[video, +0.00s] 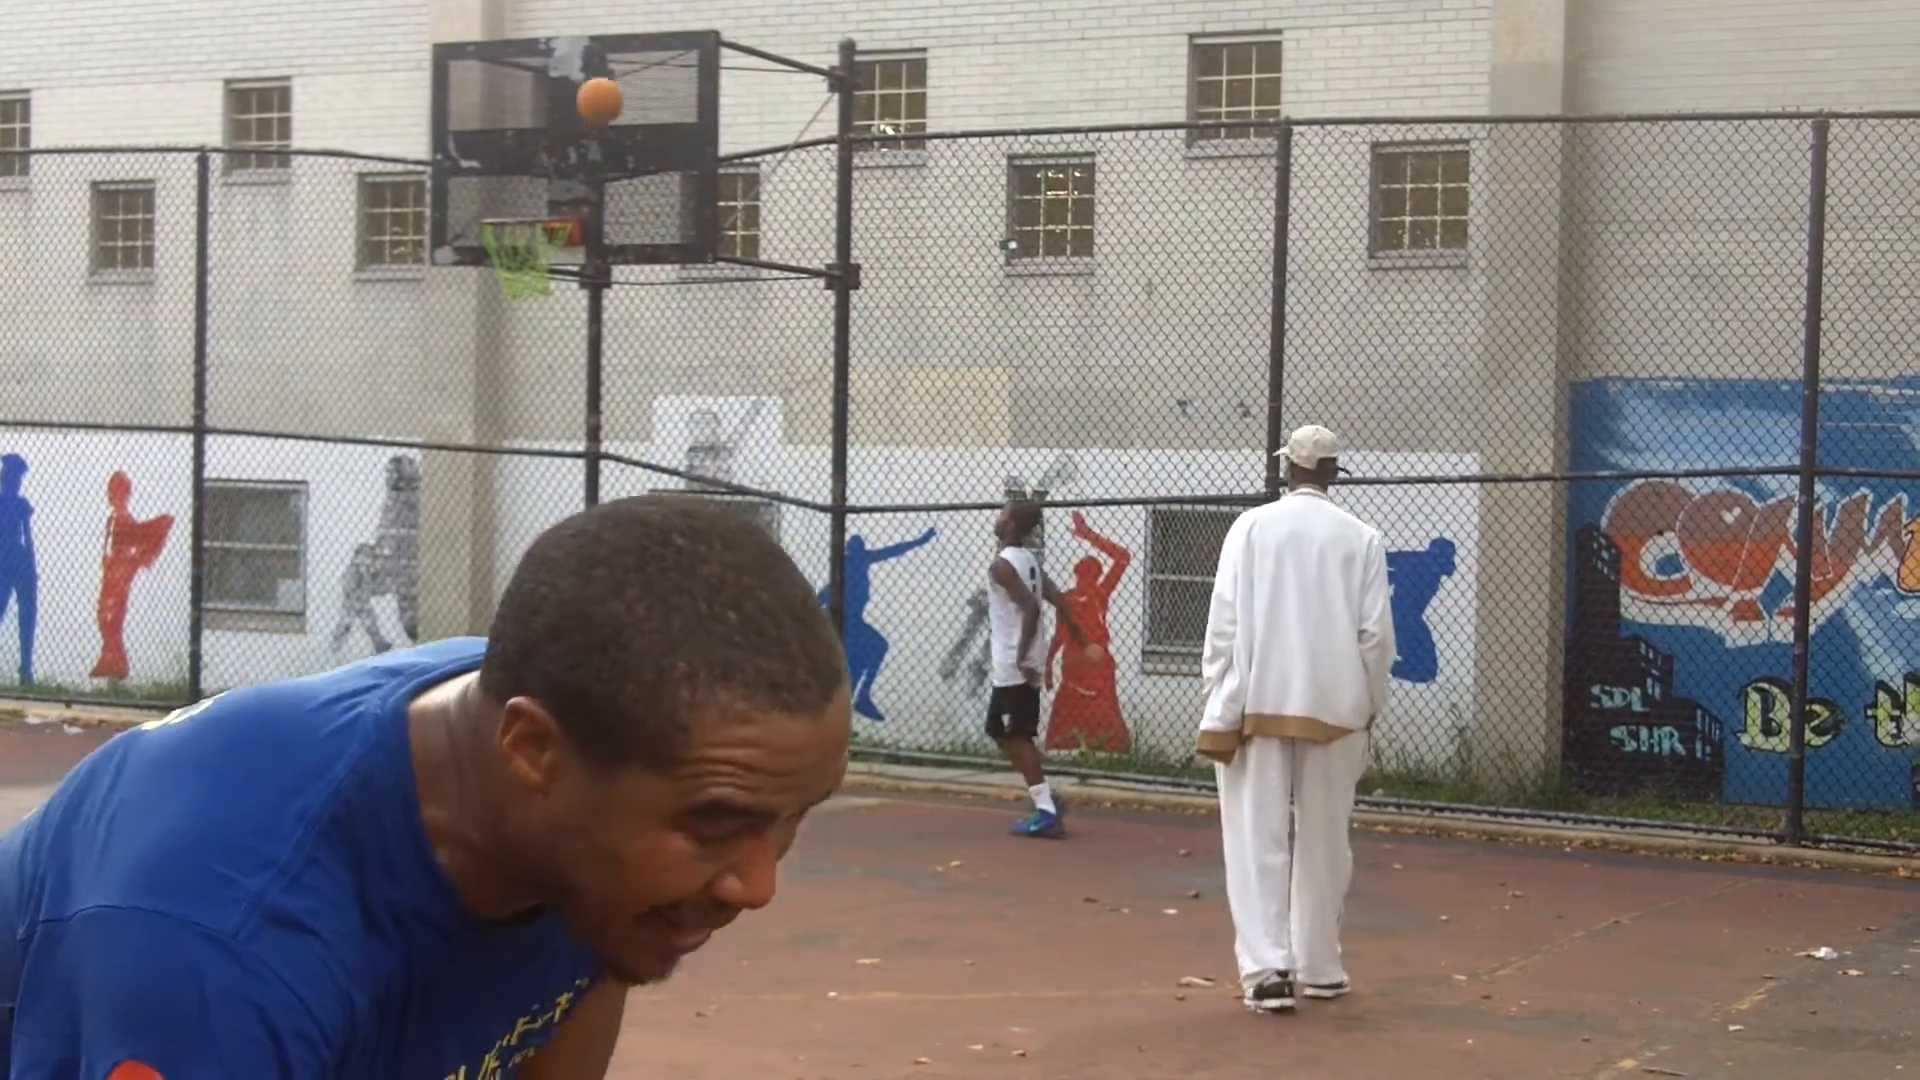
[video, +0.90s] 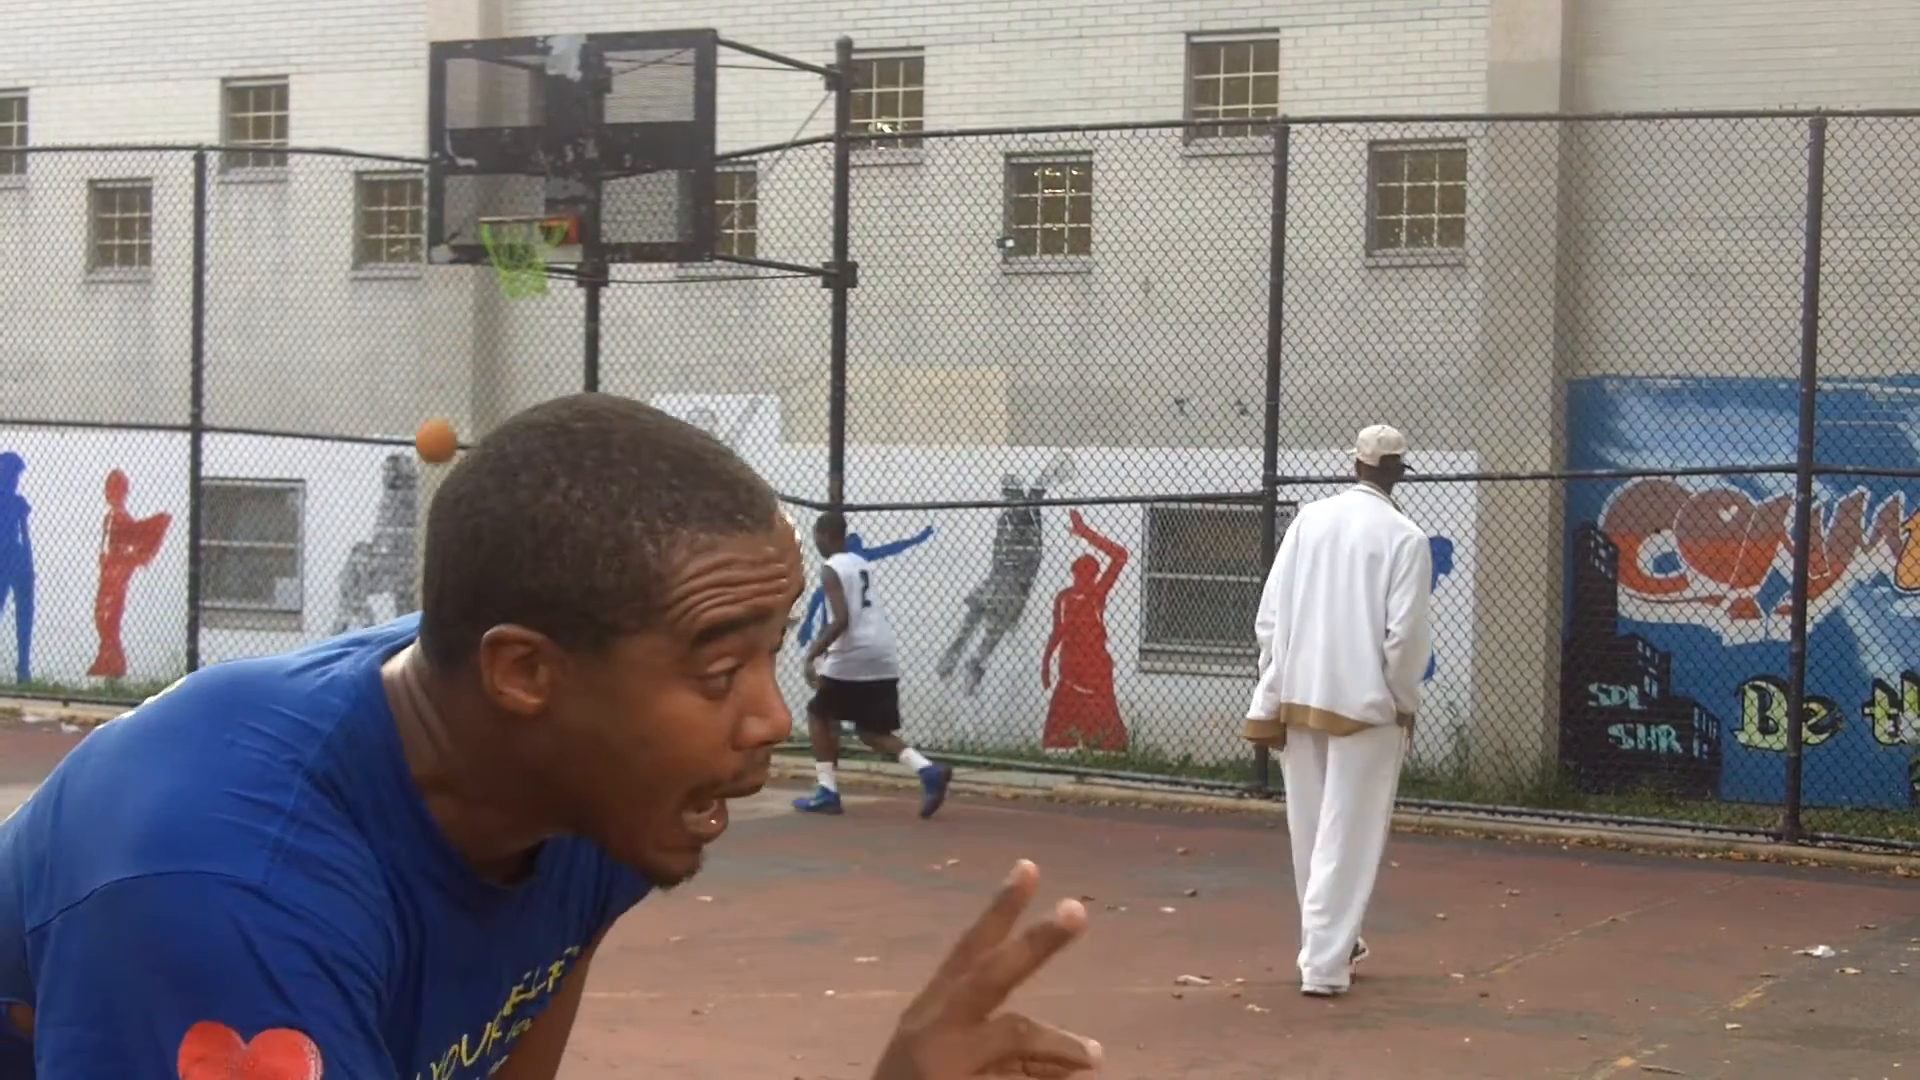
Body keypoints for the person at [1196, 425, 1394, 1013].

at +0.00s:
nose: (1319, 481)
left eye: (1287, 469)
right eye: (1330, 472)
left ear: (1284, 472)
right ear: (1333, 476)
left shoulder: (1248, 528)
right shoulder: (1361, 537)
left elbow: (1222, 628)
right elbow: (1377, 635)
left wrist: (1219, 709)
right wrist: (1370, 714)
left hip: (1254, 706)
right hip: (1332, 709)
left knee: (1255, 841)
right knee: (1325, 839)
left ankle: (1266, 970)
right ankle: (1319, 969)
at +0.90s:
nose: (1388, 474)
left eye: (1371, 463)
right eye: (1396, 468)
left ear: (1354, 466)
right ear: (1400, 472)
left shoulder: (1307, 519)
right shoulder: (1404, 538)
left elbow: (1269, 617)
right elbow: (1403, 634)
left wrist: (1274, 688)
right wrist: (1407, 702)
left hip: (1298, 696)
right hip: (1364, 703)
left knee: (1308, 826)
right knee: (1345, 832)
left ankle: (1326, 940)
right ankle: (1321, 967)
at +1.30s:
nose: (1393, 473)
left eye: (1376, 465)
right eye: (1395, 466)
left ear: (1351, 472)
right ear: (1396, 471)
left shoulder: (1320, 532)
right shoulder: (1416, 532)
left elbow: (1298, 627)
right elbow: (1428, 625)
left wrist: (1312, 695)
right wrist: (1438, 696)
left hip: (1334, 697)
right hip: (1396, 698)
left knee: (1346, 823)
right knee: (1390, 828)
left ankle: (1364, 946)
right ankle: (1337, 934)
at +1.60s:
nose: (1412, 479)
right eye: (1415, 472)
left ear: (1372, 477)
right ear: (1417, 475)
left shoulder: (1338, 532)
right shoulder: (1443, 532)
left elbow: (1314, 628)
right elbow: (1454, 625)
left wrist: (1318, 703)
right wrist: (1466, 692)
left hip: (1353, 696)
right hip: (1423, 696)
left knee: (1354, 824)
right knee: (1433, 825)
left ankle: (1358, 945)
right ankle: (1419, 939)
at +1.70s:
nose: (1424, 479)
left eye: (1409, 471)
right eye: (1428, 472)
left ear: (1385, 475)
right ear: (1429, 476)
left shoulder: (1349, 530)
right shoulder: (1453, 533)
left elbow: (1321, 625)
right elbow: (1464, 628)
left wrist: (1326, 697)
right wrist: (1472, 696)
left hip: (1357, 697)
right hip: (1429, 698)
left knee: (1355, 825)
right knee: (1441, 828)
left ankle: (1357, 947)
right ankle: (1454, 956)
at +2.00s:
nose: (1470, 481)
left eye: (1454, 469)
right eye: (1480, 476)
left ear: (1439, 472)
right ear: (1484, 478)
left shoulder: (1395, 521)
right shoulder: (1498, 540)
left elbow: (1359, 615)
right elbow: (1504, 634)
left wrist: (1356, 687)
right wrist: (1494, 696)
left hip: (1385, 690)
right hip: (1459, 697)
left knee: (1369, 820)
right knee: (1460, 830)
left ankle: (1363, 939)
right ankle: (1461, 960)